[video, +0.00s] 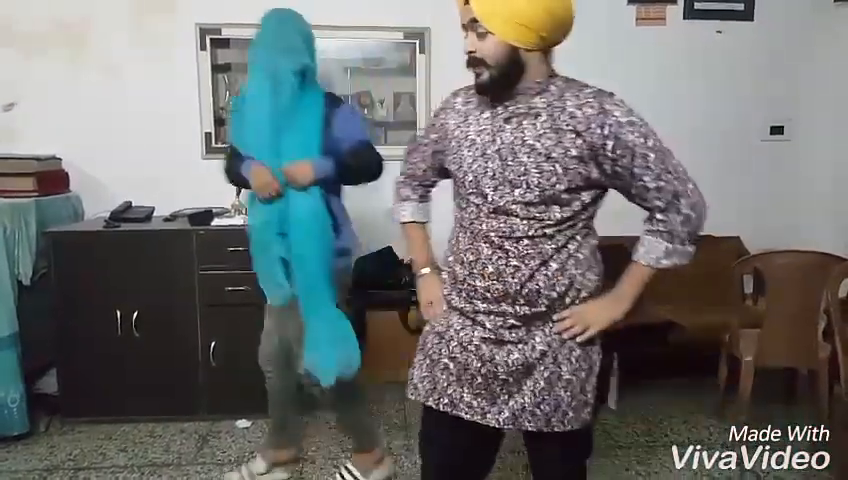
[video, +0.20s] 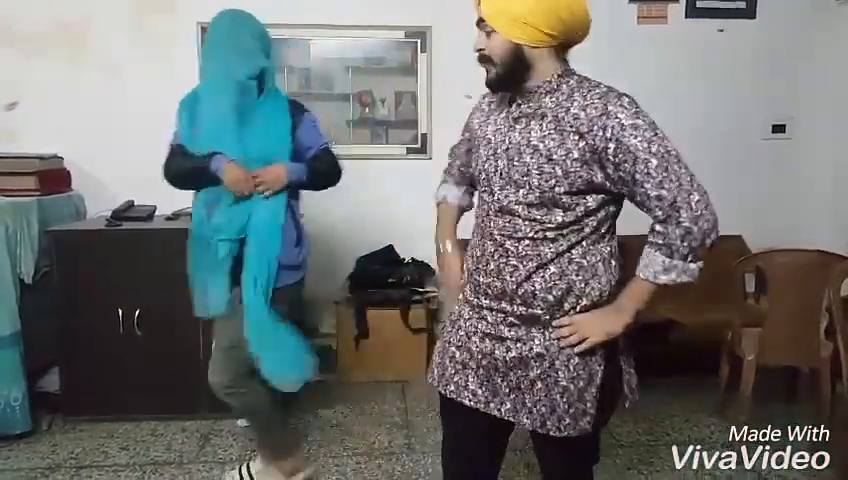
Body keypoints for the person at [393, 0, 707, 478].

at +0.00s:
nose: (467, 47)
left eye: (480, 32)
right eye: (465, 32)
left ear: (528, 35)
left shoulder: (595, 116)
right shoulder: (457, 112)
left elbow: (681, 207)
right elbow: (410, 183)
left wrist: (619, 299)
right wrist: (424, 271)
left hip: (556, 348)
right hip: (463, 341)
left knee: (559, 472)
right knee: (443, 470)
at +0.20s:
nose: (477, 44)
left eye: (487, 29)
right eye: (478, 30)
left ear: (533, 33)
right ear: (525, 34)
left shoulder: (605, 114)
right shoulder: (489, 109)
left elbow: (690, 219)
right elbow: (457, 178)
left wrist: (623, 310)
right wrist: (447, 246)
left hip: (564, 347)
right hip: (476, 337)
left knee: (566, 472)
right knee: (463, 471)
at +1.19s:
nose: (429, 93)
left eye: (435, 76)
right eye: (430, 79)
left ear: (470, 77)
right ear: (477, 78)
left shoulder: (548, 152)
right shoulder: (444, 155)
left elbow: (623, 269)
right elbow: (396, 242)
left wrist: (564, 375)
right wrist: (421, 161)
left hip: (524, 399)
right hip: (439, 389)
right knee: (438, 472)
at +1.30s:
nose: (428, 96)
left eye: (435, 79)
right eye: (427, 81)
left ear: (475, 75)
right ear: (475, 76)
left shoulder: (548, 148)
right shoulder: (448, 152)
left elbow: (624, 265)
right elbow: (397, 240)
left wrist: (565, 373)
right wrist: (425, 163)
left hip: (525, 401)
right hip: (442, 390)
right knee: (439, 473)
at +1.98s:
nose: (482, 99)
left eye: (499, 87)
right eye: (471, 83)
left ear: (528, 77)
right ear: (458, 67)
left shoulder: (567, 139)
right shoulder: (438, 138)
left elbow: (646, 239)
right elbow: (401, 230)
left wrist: (581, 348)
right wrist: (457, 160)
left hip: (543, 378)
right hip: (453, 372)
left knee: (550, 473)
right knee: (452, 472)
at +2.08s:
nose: (488, 95)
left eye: (506, 84)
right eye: (477, 78)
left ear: (532, 76)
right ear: (462, 64)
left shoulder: (567, 138)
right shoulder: (438, 136)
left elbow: (651, 234)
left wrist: (592, 338)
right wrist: (452, 158)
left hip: (541, 378)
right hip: (452, 372)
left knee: (549, 472)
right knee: (457, 471)